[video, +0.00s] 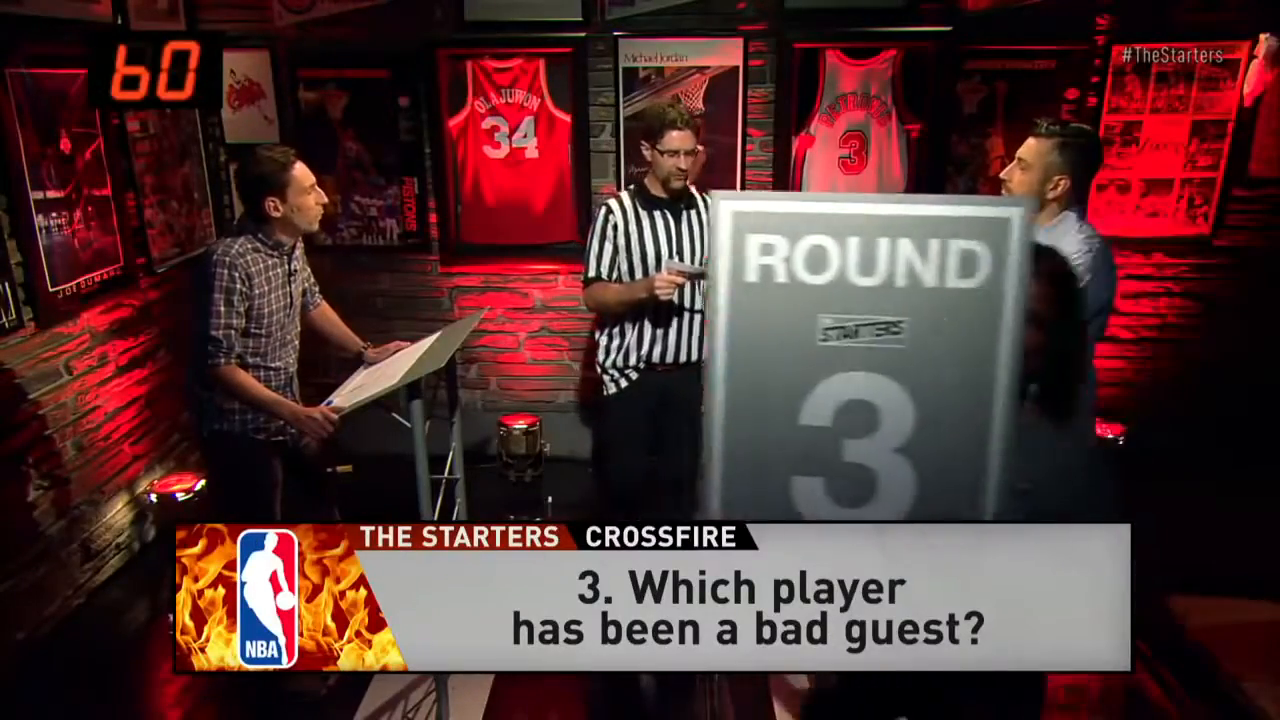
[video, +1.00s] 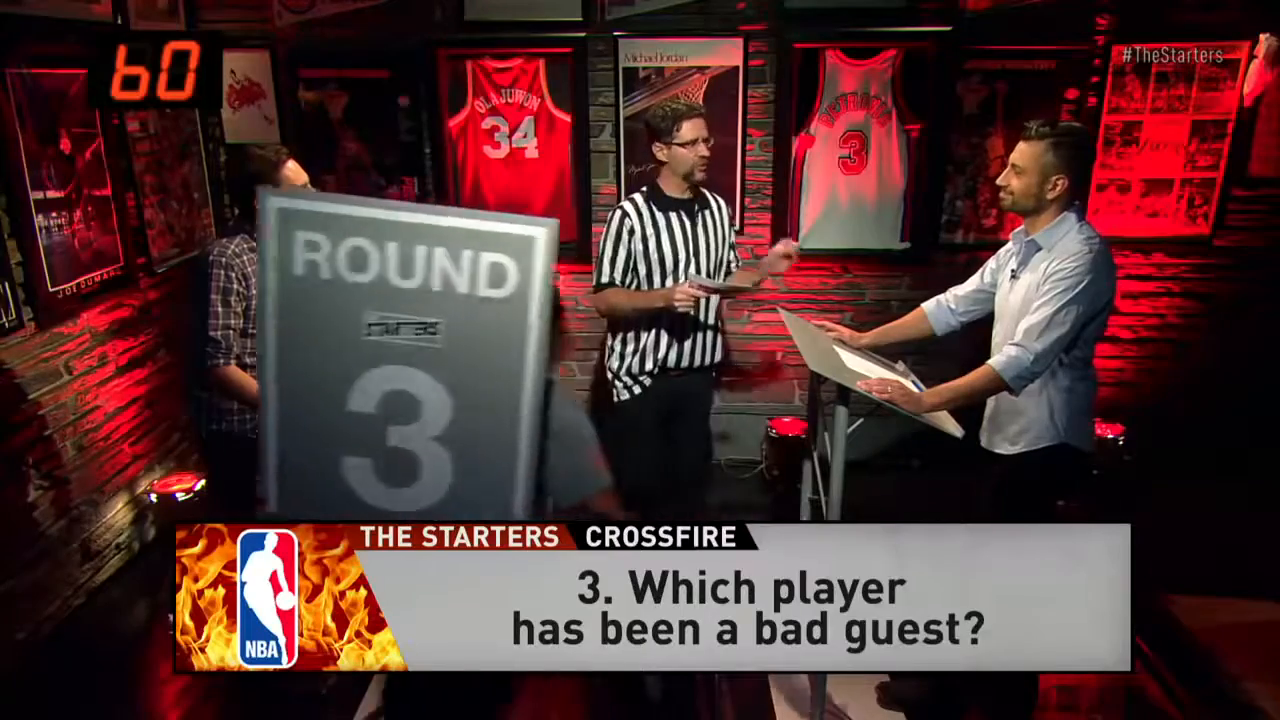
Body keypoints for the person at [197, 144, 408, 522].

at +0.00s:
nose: (323, 198)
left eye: (318, 187)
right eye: (310, 191)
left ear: (279, 207)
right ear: (274, 207)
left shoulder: (291, 248)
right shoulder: (231, 261)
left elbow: (313, 305)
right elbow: (220, 366)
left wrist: (364, 350)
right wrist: (294, 413)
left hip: (287, 427)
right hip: (241, 437)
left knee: (309, 526)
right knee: (255, 540)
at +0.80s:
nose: (314, 196)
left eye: (308, 185)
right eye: (301, 189)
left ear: (270, 205)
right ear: (266, 205)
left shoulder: (289, 246)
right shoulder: (227, 261)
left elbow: (312, 304)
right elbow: (218, 367)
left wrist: (364, 350)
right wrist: (293, 413)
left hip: (285, 425)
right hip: (241, 435)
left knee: (298, 527)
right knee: (253, 538)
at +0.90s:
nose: (310, 198)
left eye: (307, 187)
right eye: (301, 190)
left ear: (272, 205)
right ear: (266, 205)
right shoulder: (227, 260)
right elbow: (217, 366)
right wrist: (294, 413)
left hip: (283, 428)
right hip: (240, 435)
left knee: (293, 530)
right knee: (252, 538)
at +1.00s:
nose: (306, 204)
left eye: (307, 192)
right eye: (296, 194)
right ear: (262, 198)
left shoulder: (296, 251)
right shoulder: (231, 256)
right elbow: (219, 364)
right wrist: (284, 406)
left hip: (287, 428)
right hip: (242, 435)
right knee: (246, 533)